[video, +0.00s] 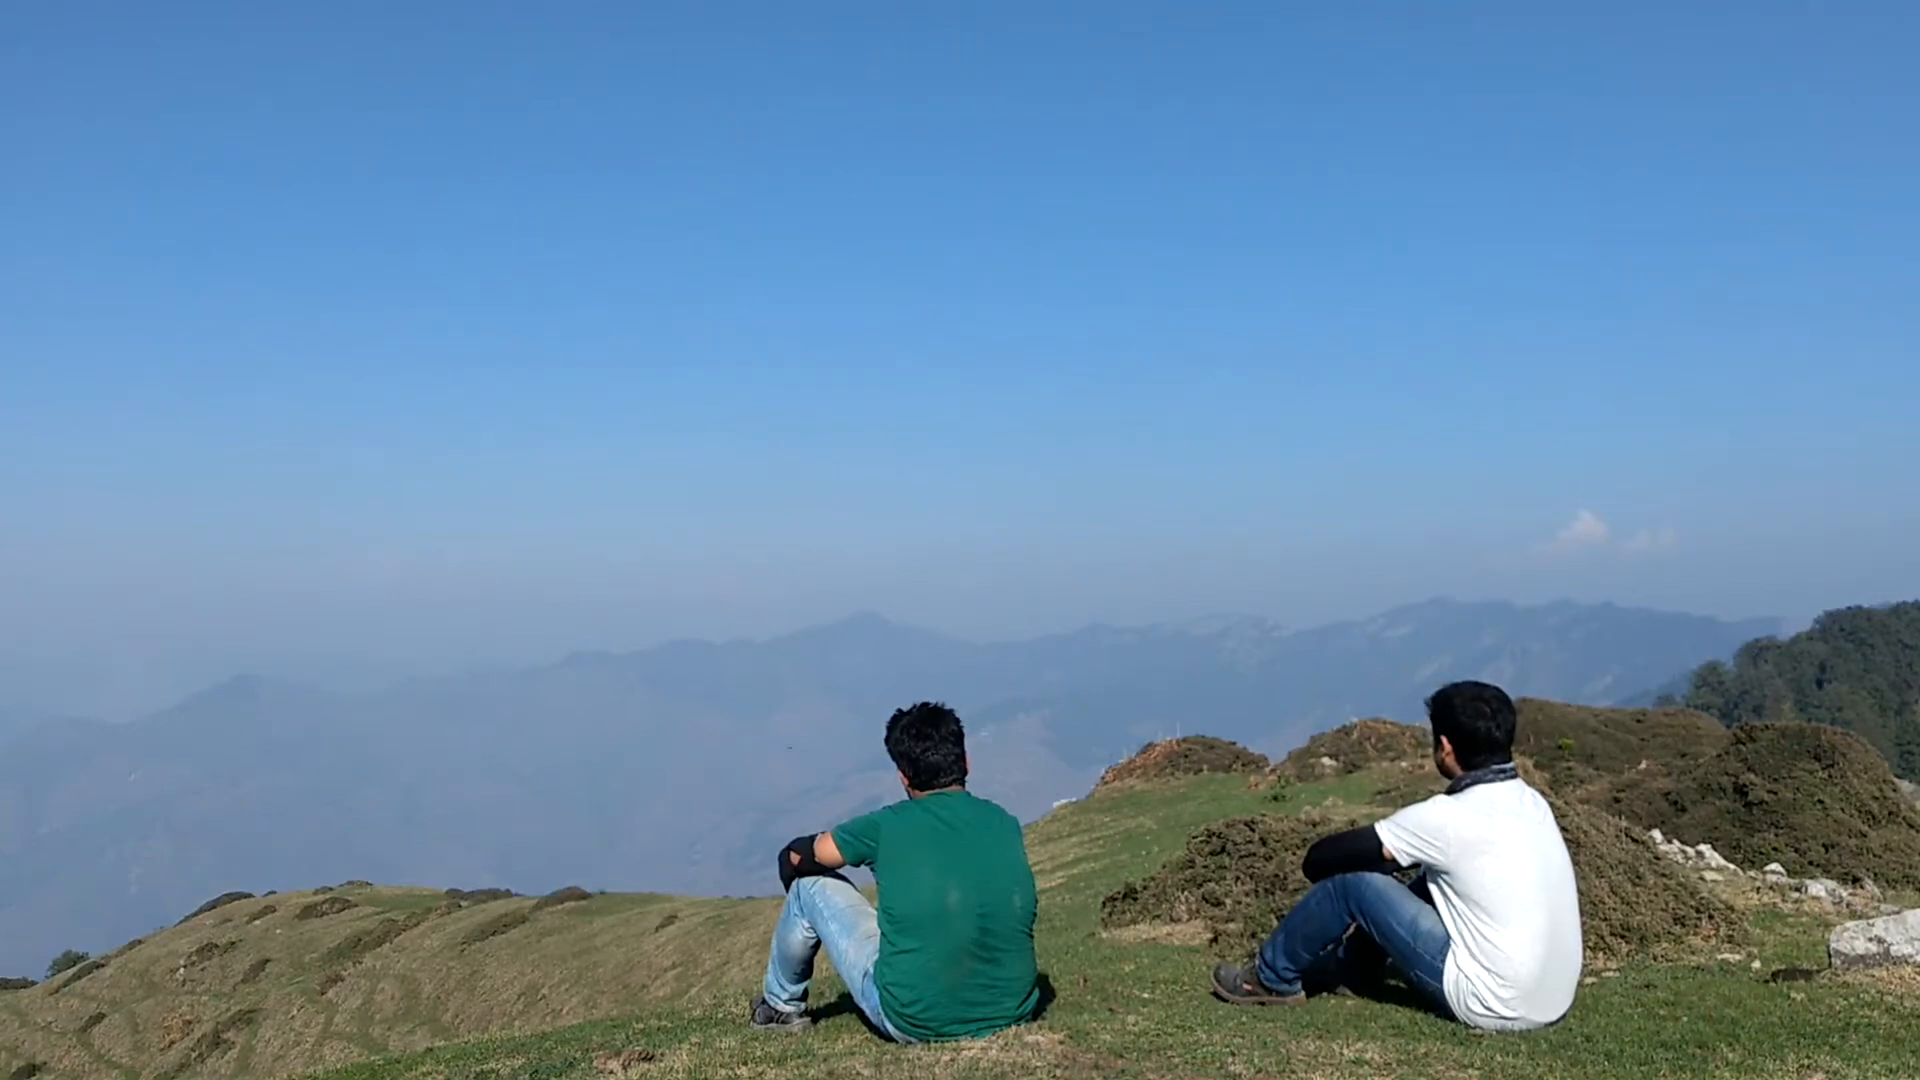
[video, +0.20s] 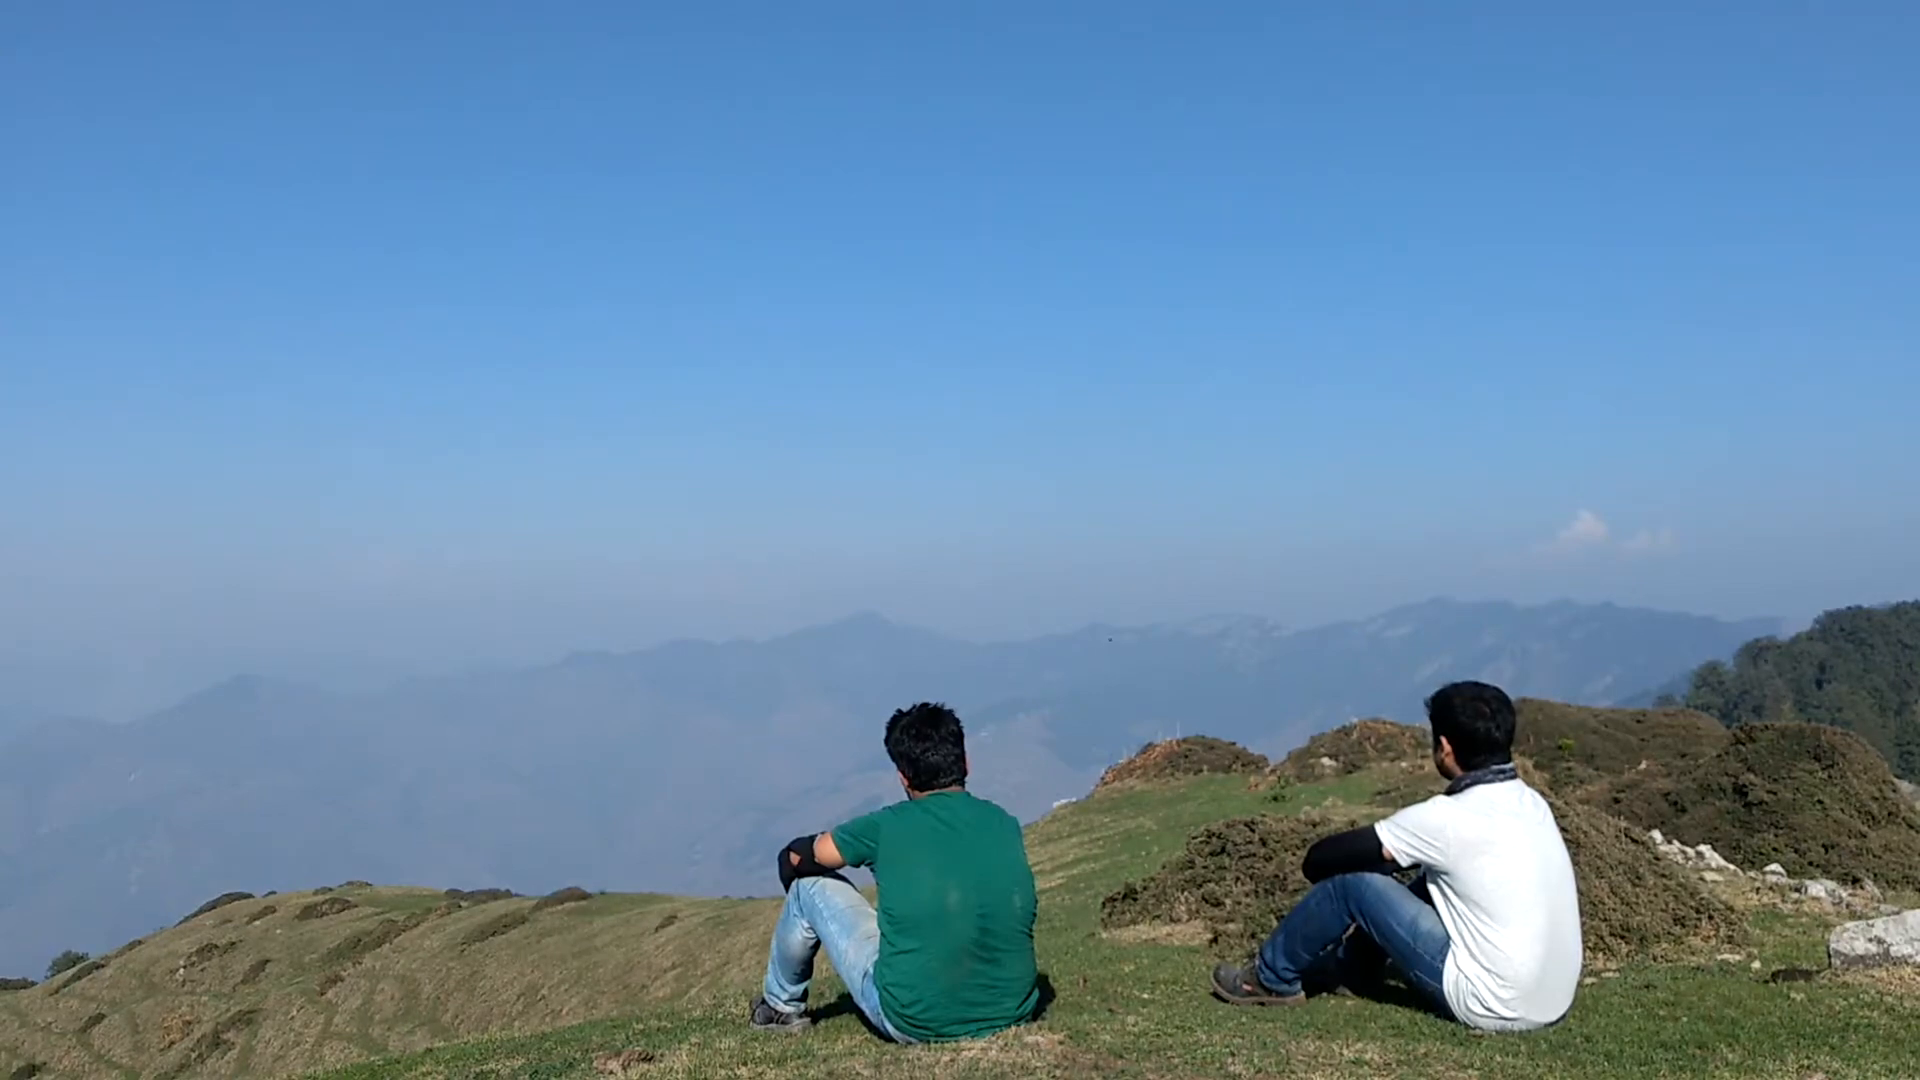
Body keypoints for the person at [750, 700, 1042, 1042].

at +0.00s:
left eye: (898, 770)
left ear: (904, 777)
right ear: (966, 764)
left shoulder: (887, 825)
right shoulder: (1006, 823)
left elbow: (796, 856)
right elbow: (1020, 911)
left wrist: (796, 888)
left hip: (915, 1020)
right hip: (1009, 1011)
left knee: (810, 885)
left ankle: (781, 1005)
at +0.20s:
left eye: (897, 770)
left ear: (903, 778)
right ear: (966, 764)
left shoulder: (887, 825)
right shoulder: (1006, 823)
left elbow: (796, 857)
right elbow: (1021, 912)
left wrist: (797, 889)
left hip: (915, 1021)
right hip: (1009, 1012)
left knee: (810, 885)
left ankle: (781, 1006)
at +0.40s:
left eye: (898, 770)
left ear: (904, 778)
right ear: (966, 764)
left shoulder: (887, 825)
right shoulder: (1006, 823)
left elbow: (796, 857)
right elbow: (1022, 912)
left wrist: (797, 890)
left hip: (915, 1021)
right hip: (1008, 1012)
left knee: (810, 885)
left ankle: (781, 1006)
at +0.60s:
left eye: (898, 770)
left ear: (904, 777)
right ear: (966, 764)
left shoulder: (888, 825)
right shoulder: (1006, 823)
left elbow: (797, 856)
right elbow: (1021, 912)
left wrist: (796, 887)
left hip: (915, 1021)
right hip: (1009, 1012)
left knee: (810, 885)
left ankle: (781, 1006)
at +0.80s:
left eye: (898, 770)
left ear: (904, 778)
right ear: (967, 764)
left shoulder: (888, 824)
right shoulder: (1005, 822)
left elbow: (796, 857)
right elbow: (1021, 912)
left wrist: (797, 889)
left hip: (915, 1020)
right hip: (1008, 1012)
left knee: (810, 886)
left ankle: (781, 1005)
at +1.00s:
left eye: (898, 770)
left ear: (904, 778)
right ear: (967, 764)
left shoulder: (887, 824)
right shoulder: (1005, 822)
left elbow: (796, 857)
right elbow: (1021, 911)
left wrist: (797, 888)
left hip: (915, 1020)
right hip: (1008, 1012)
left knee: (810, 886)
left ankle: (781, 1005)